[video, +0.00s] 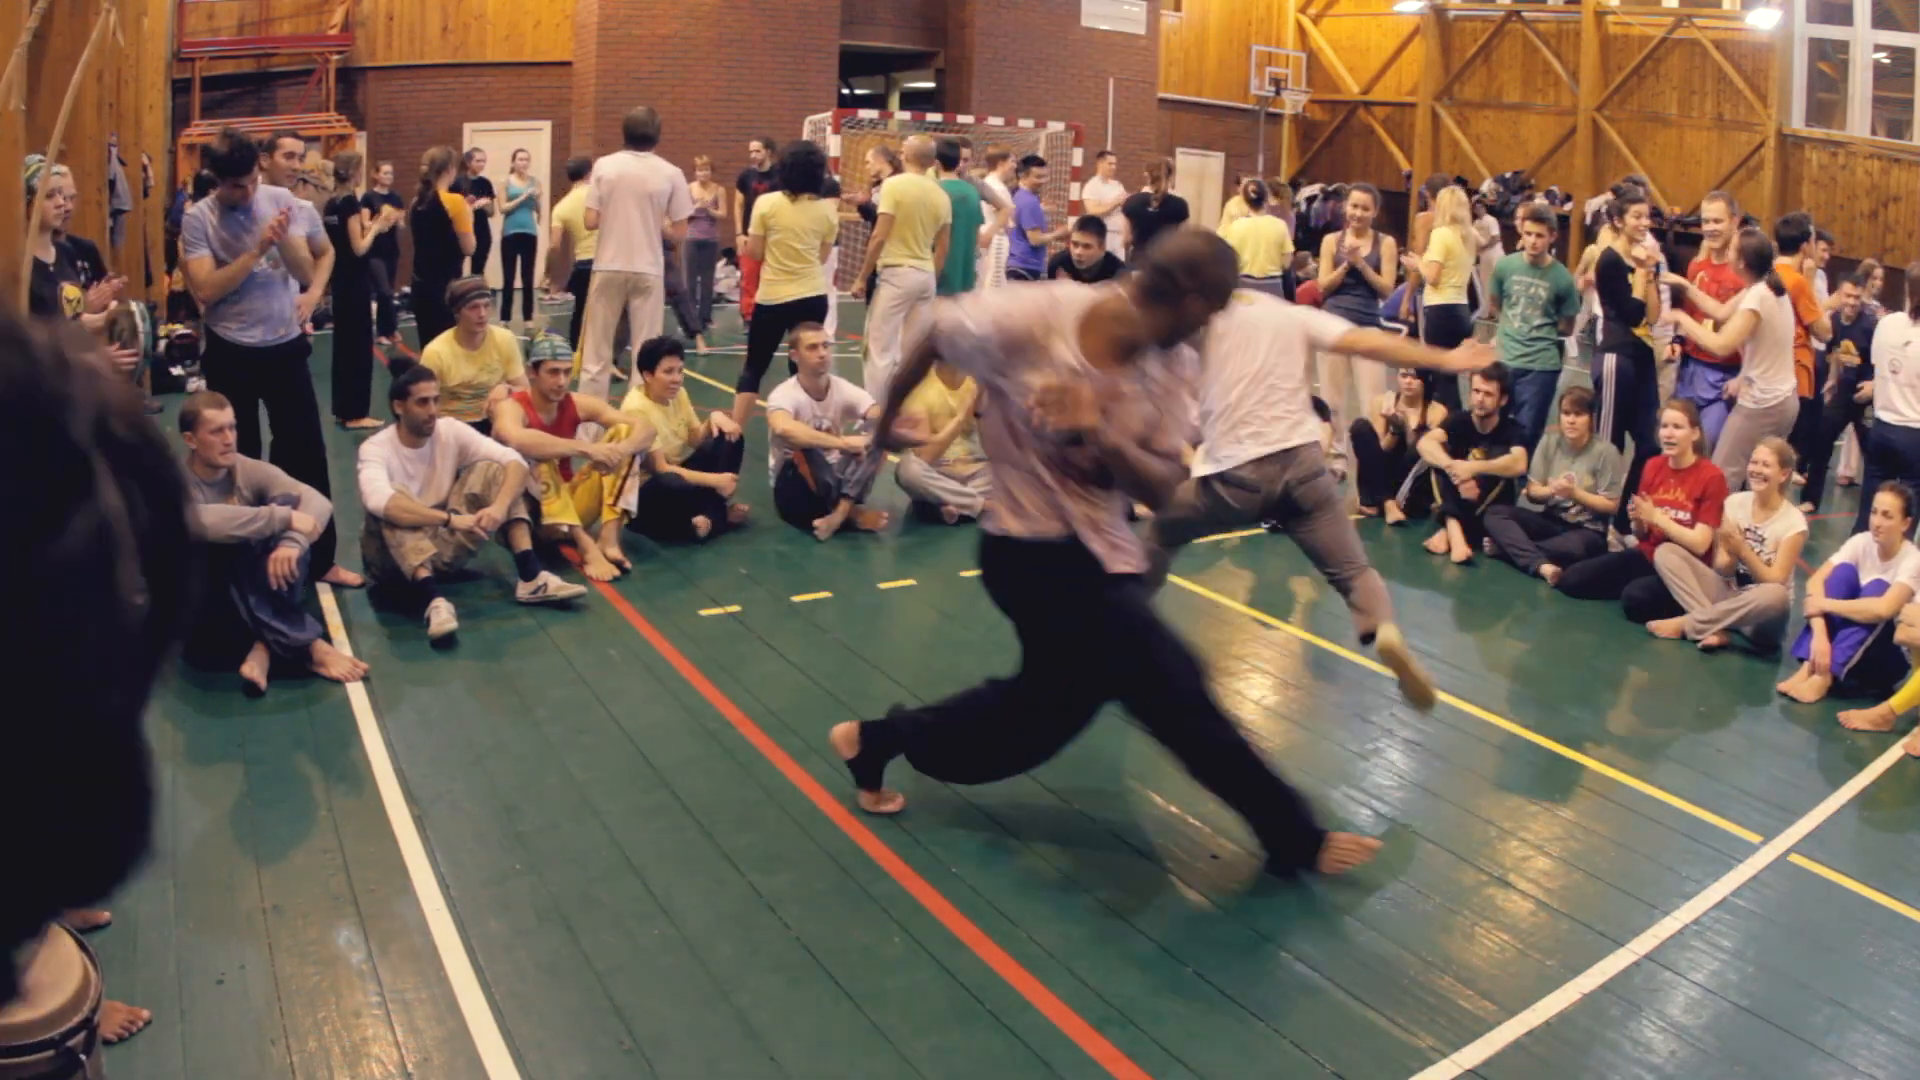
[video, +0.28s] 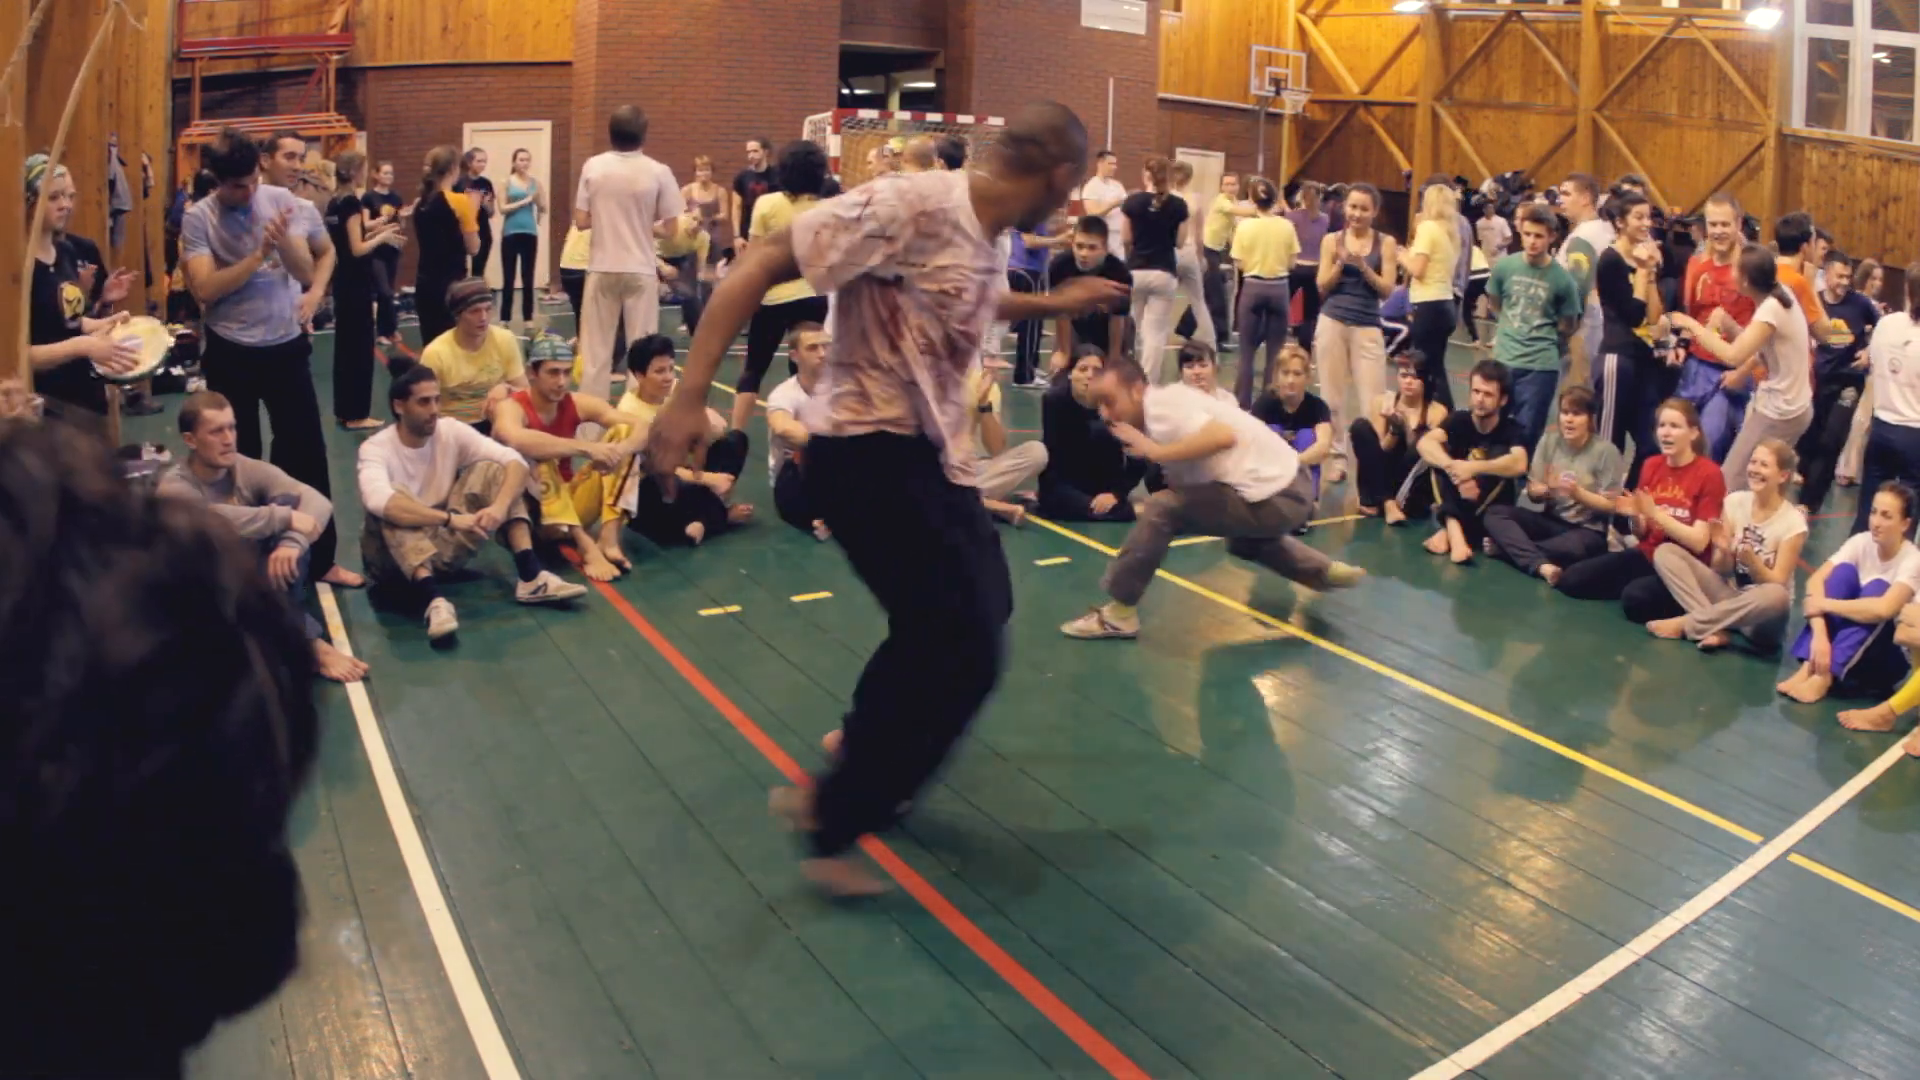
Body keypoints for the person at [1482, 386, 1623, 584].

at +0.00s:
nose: (1571, 421)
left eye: (1578, 415)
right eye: (1566, 414)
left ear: (1590, 418)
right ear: (1559, 416)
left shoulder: (1606, 452)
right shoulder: (1548, 443)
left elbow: (1612, 505)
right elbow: (1532, 491)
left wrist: (1574, 493)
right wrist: (1552, 490)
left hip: (1585, 529)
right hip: (1547, 519)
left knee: (1575, 548)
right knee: (1494, 514)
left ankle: (1510, 550)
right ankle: (1539, 566)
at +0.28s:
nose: (1568, 420)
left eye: (1576, 414)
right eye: (1564, 413)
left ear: (1590, 419)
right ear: (1558, 415)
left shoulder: (1606, 452)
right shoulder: (1549, 441)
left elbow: (1612, 505)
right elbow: (1532, 490)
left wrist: (1577, 493)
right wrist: (1544, 490)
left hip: (1585, 530)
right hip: (1548, 521)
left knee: (1574, 548)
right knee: (1494, 514)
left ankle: (1510, 551)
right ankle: (1539, 566)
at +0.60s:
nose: (1569, 419)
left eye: (1577, 414)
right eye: (1565, 412)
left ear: (1591, 419)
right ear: (1558, 414)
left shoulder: (1606, 452)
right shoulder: (1549, 441)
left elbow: (1611, 506)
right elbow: (1533, 490)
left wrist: (1574, 492)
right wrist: (1551, 489)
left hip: (1584, 529)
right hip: (1547, 519)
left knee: (1574, 548)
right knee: (1494, 514)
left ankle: (1510, 550)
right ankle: (1539, 566)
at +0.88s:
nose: (1569, 418)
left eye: (1577, 413)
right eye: (1565, 411)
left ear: (1591, 419)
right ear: (1559, 414)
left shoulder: (1606, 453)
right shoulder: (1550, 441)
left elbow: (1613, 506)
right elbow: (1531, 491)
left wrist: (1579, 494)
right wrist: (1546, 488)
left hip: (1585, 530)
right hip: (1548, 521)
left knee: (1573, 548)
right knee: (1494, 514)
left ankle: (1509, 550)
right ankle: (1539, 566)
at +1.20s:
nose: (1569, 419)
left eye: (1577, 414)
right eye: (1565, 412)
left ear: (1591, 420)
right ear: (1559, 414)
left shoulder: (1607, 452)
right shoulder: (1549, 441)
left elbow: (1618, 505)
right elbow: (1531, 495)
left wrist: (1591, 500)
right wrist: (1534, 486)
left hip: (1585, 529)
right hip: (1549, 518)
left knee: (1574, 548)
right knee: (1495, 512)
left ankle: (1513, 550)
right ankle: (1539, 566)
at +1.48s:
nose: (1572, 419)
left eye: (1580, 414)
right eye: (1568, 412)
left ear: (1594, 419)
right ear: (1561, 414)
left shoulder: (1607, 452)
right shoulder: (1549, 441)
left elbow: (1613, 504)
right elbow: (1533, 483)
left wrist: (1581, 493)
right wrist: (1557, 483)